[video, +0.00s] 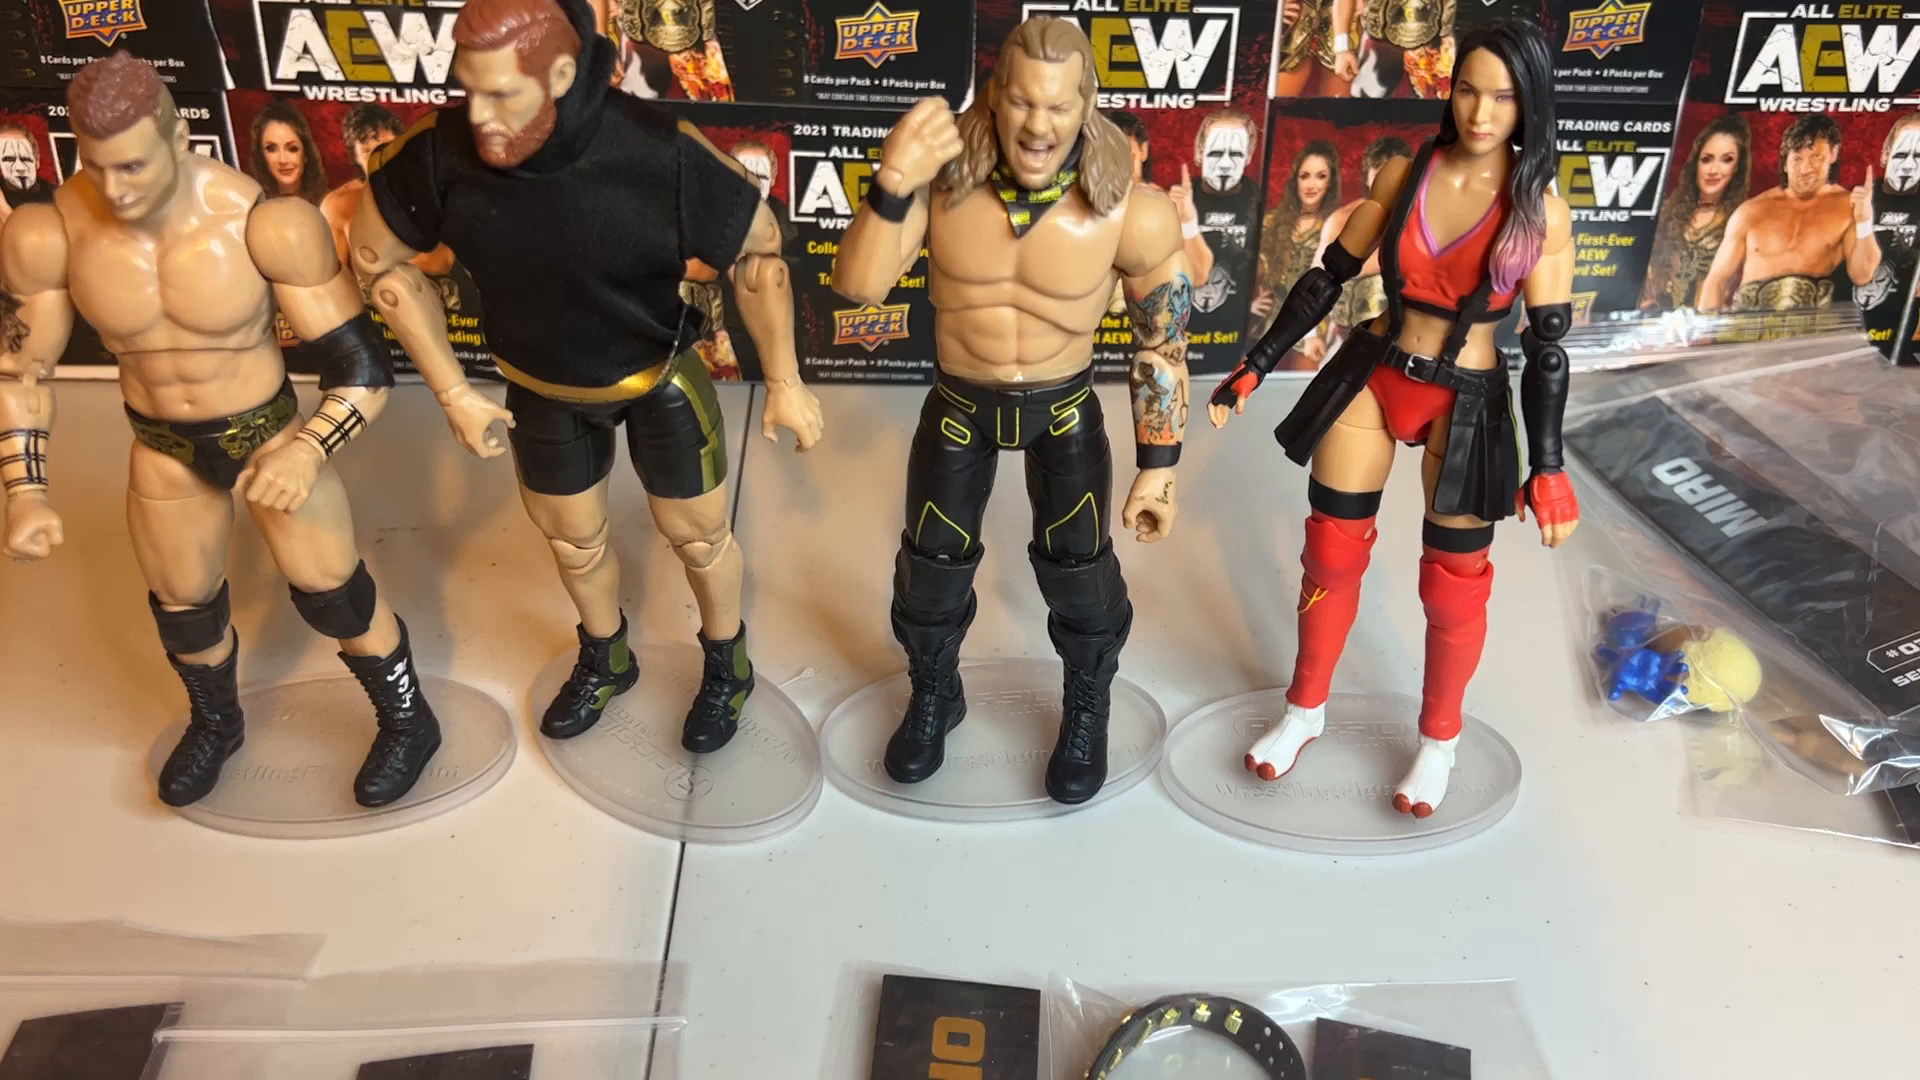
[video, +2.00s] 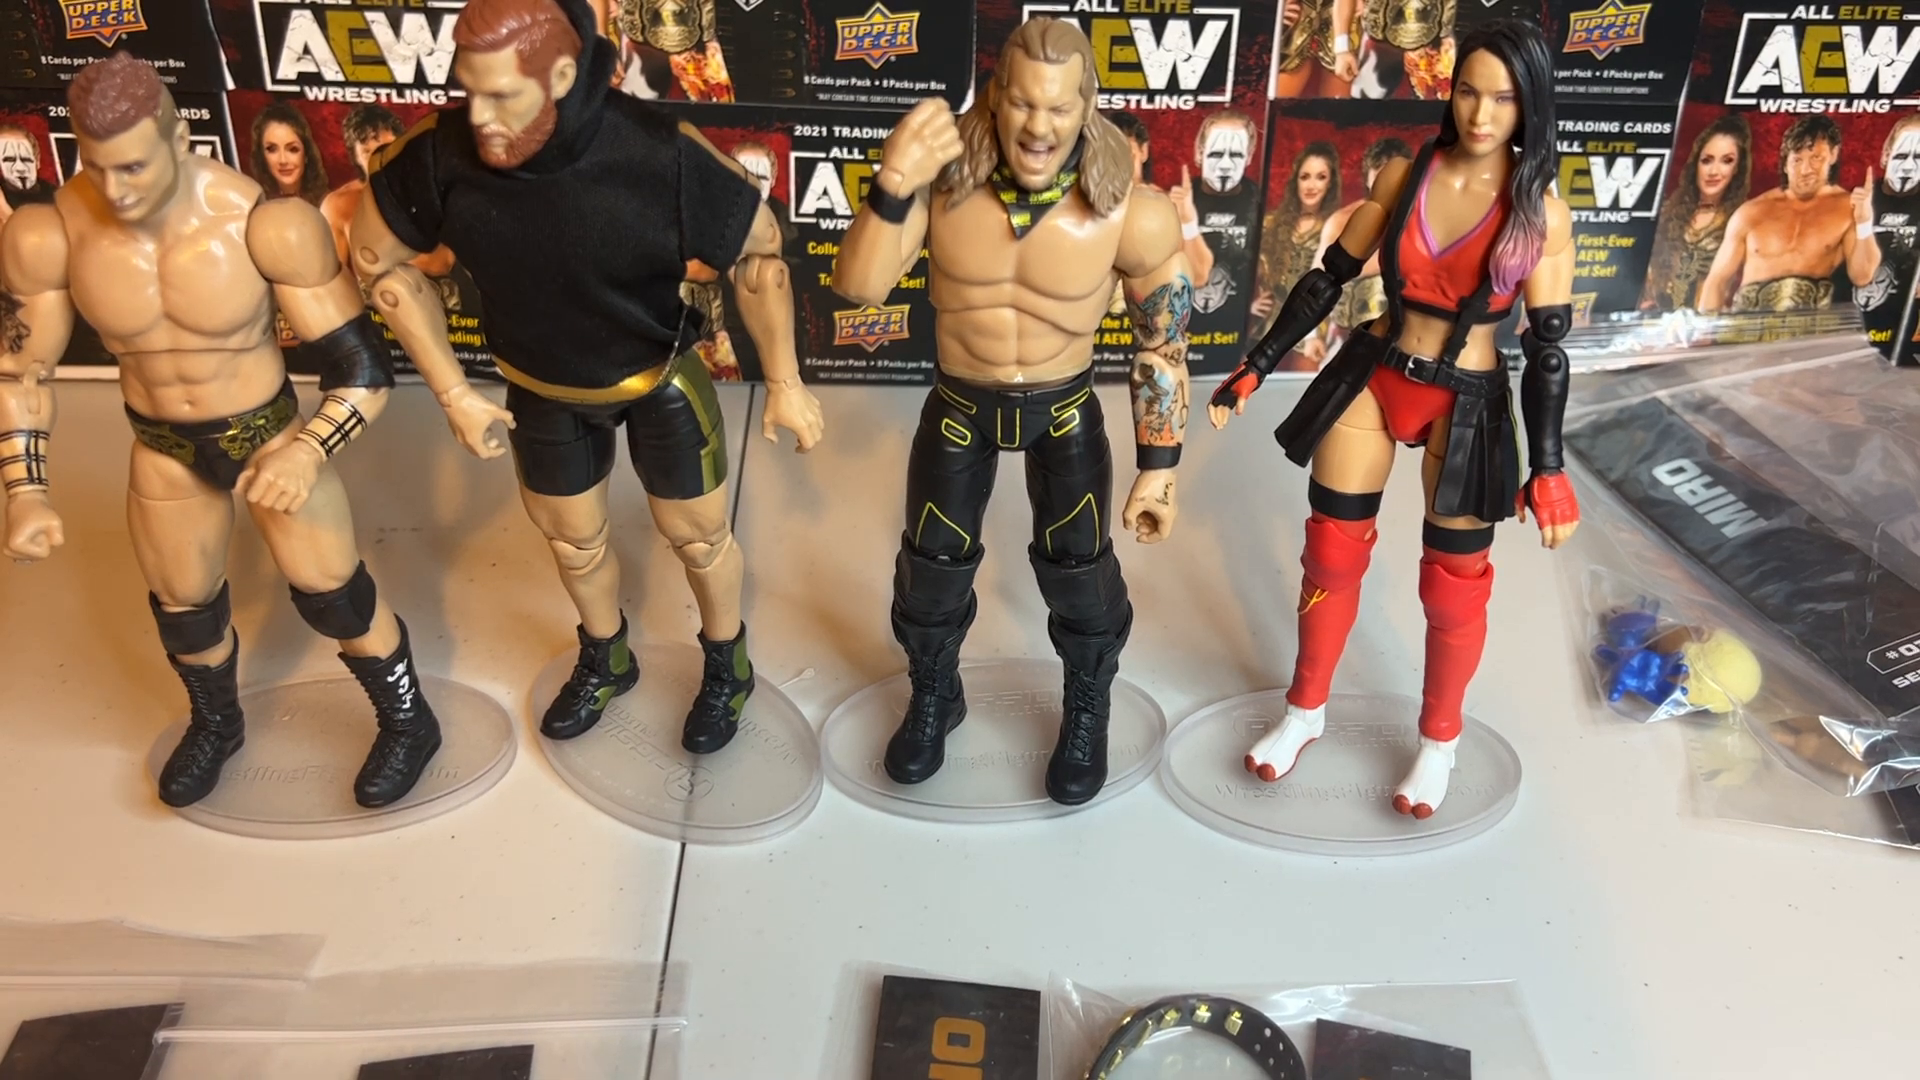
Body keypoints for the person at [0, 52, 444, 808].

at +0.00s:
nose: (117, 187)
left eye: (134, 166)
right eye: (100, 168)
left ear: (177, 137)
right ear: (80, 151)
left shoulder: (267, 224)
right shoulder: (54, 231)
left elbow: (362, 369)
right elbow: (21, 371)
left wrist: (311, 445)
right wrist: (21, 486)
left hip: (268, 440)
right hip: (161, 450)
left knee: (336, 598)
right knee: (185, 616)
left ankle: (408, 721)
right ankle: (216, 722)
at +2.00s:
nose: (117, 188)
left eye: (134, 167)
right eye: (100, 169)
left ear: (178, 138)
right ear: (80, 151)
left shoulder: (267, 225)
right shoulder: (53, 232)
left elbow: (362, 370)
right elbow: (23, 372)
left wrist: (311, 446)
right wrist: (21, 486)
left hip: (269, 441)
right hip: (161, 451)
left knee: (336, 599)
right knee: (186, 617)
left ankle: (408, 721)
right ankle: (216, 722)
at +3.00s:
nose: (118, 188)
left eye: (134, 167)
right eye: (100, 169)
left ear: (178, 138)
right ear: (80, 152)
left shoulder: (267, 225)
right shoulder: (53, 233)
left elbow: (363, 369)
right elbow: (22, 373)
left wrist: (311, 446)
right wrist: (22, 487)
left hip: (268, 441)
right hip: (161, 451)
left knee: (335, 599)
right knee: (186, 616)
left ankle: (409, 721)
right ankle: (216, 722)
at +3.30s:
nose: (118, 188)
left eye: (135, 167)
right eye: (101, 169)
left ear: (178, 138)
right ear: (81, 151)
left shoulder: (268, 225)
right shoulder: (53, 233)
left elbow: (363, 370)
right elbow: (23, 372)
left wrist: (311, 447)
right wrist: (21, 487)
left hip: (269, 441)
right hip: (161, 452)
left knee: (336, 599)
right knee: (186, 616)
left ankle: (409, 721)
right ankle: (216, 723)